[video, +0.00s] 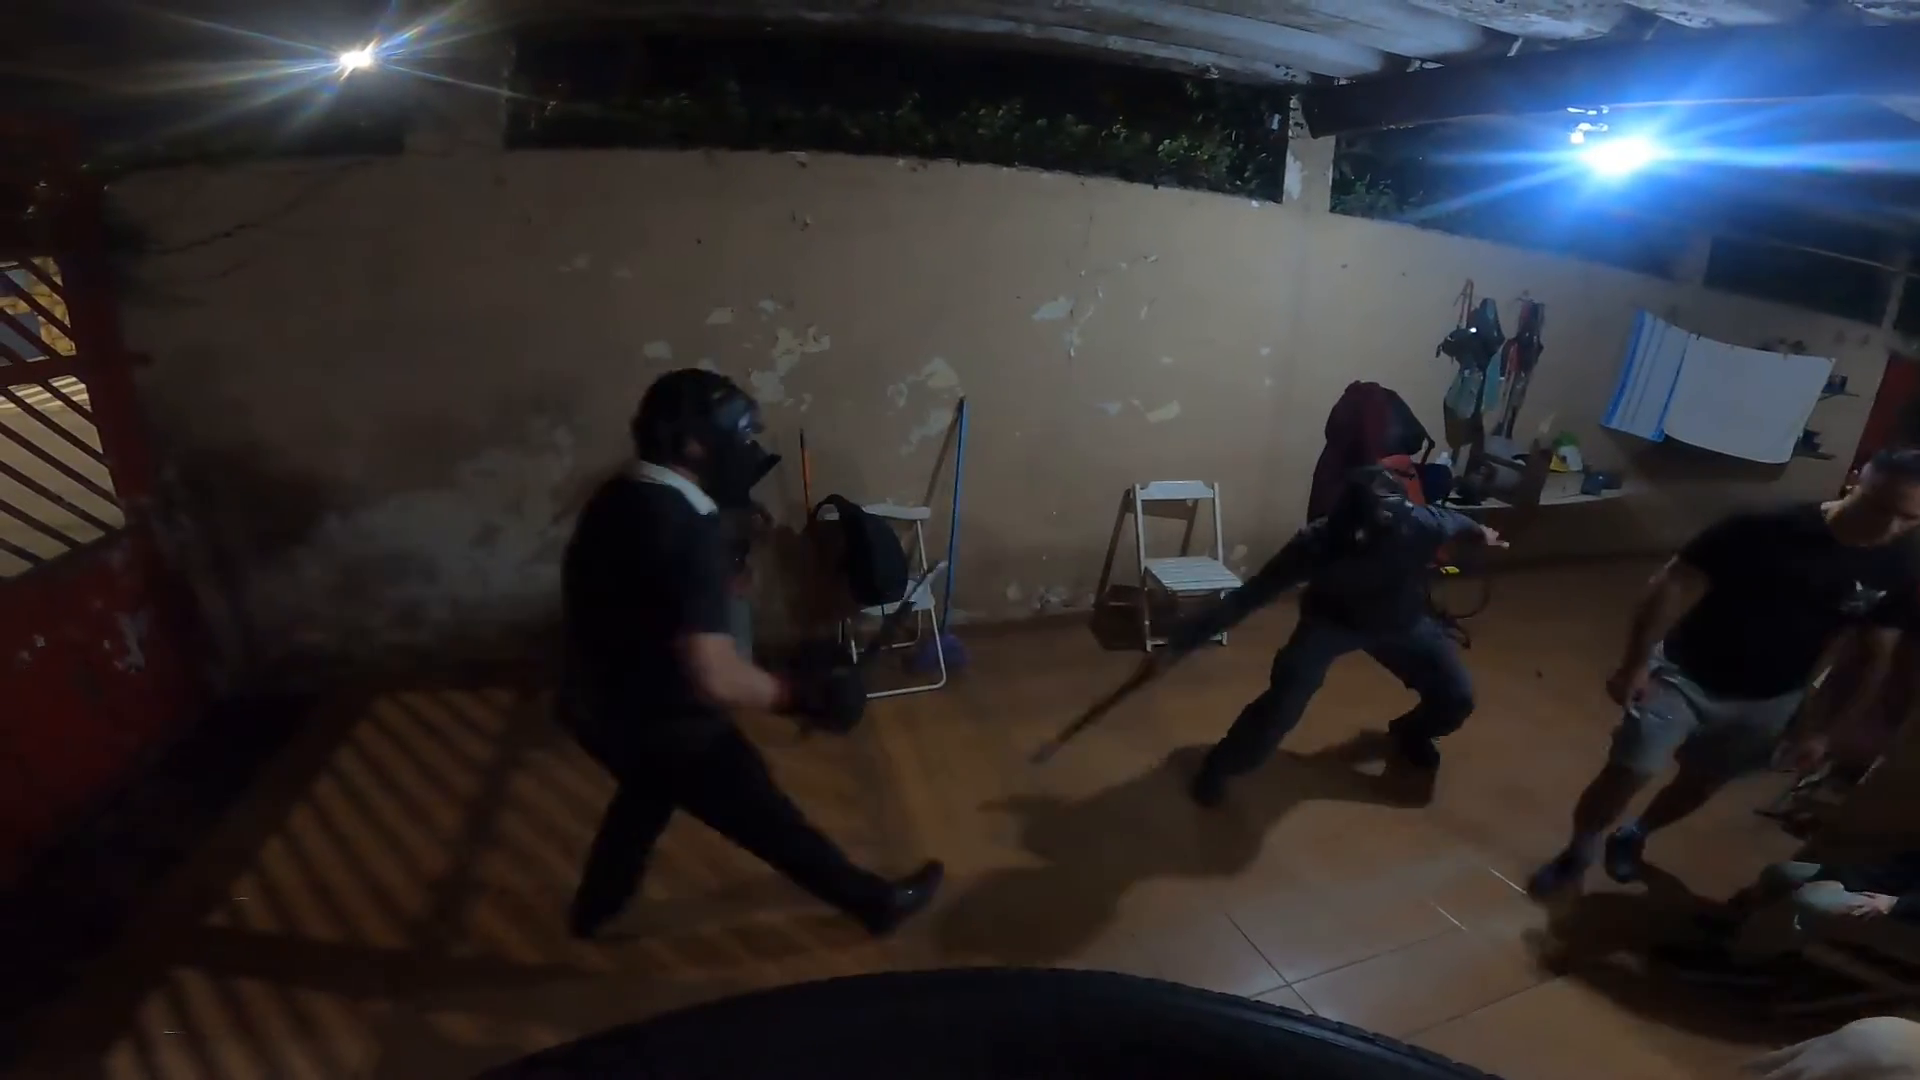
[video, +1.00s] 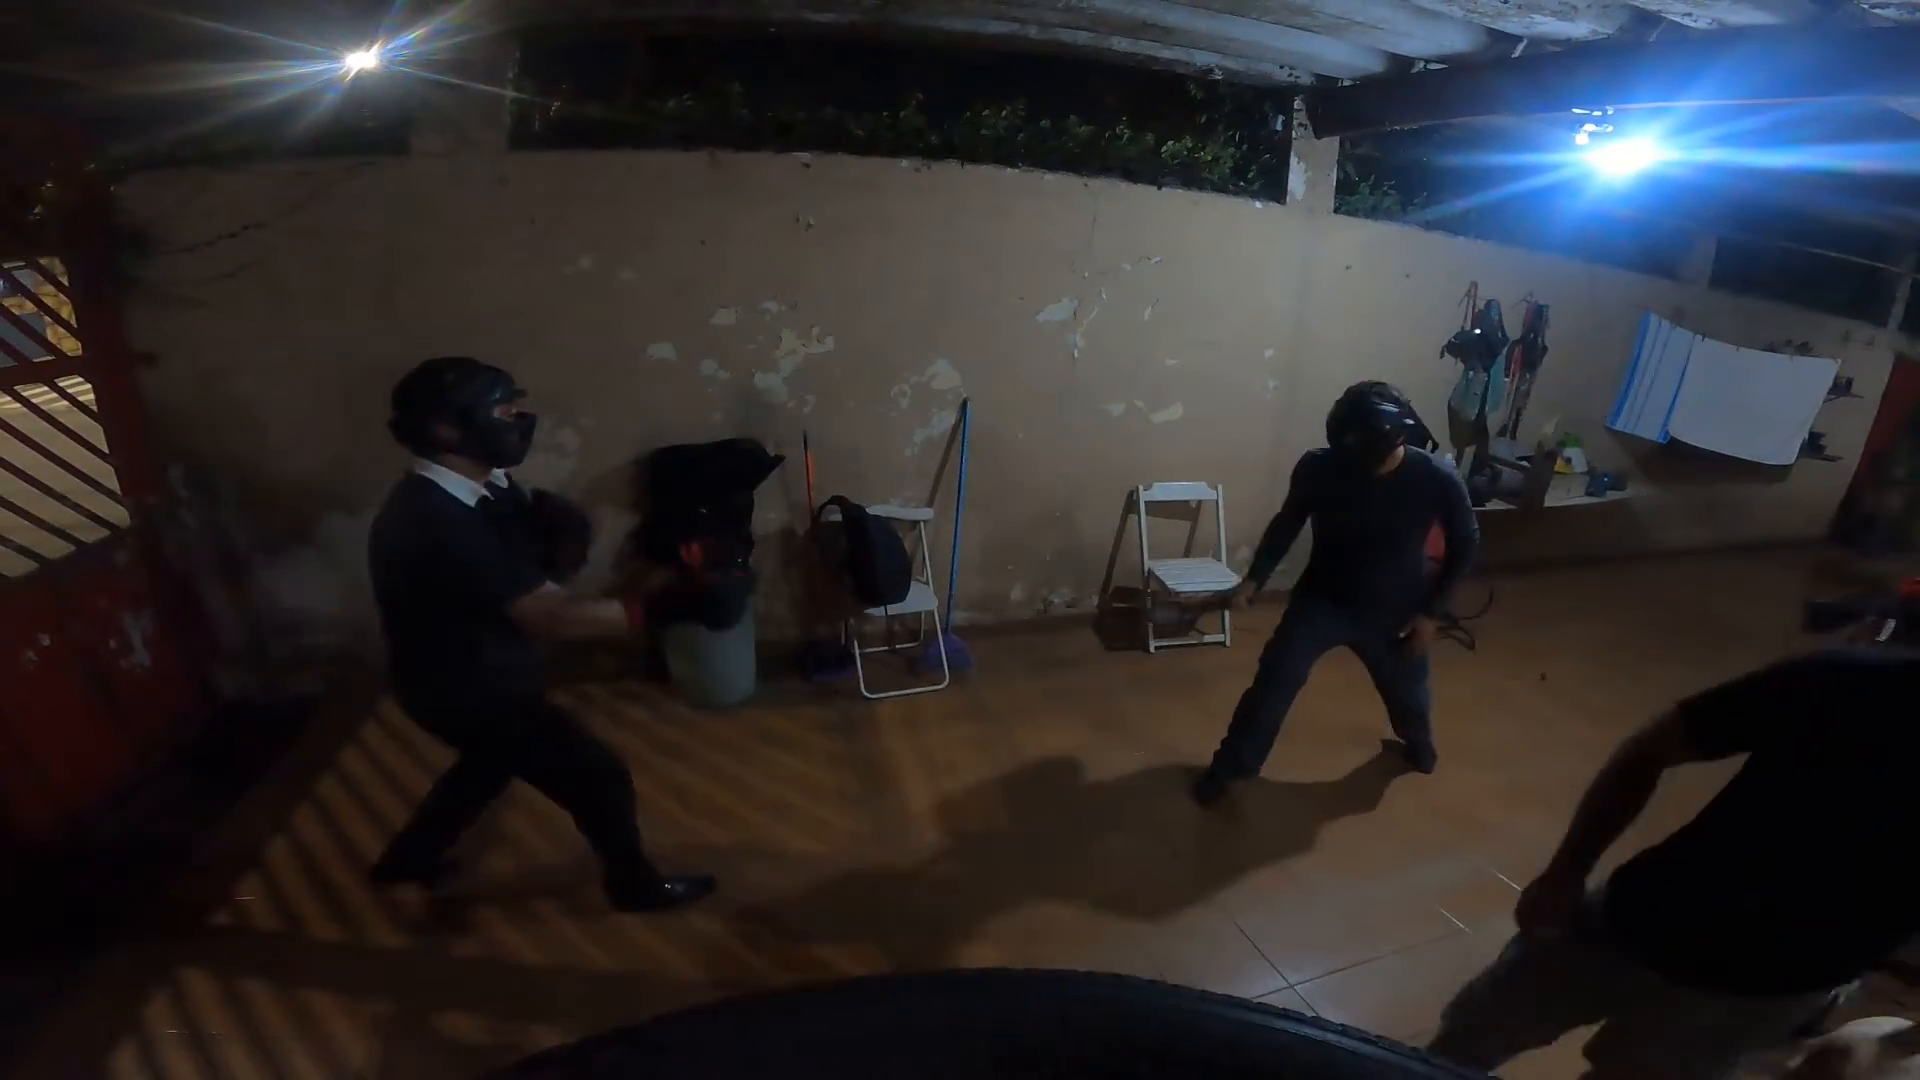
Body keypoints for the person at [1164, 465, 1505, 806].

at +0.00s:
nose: (1382, 534)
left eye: (1388, 522)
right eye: (1371, 527)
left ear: (1397, 517)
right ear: (1350, 523)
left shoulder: (1416, 525)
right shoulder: (1318, 541)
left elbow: (1455, 524)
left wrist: (1480, 533)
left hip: (1398, 622)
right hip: (1329, 624)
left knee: (1456, 697)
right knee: (1285, 703)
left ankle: (1411, 734)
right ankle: (1218, 770)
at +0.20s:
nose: (1408, 510)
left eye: (1415, 501)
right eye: (1399, 499)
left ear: (1429, 494)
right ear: (1381, 491)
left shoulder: (1458, 521)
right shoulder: (1347, 520)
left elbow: (1499, 570)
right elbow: (1311, 575)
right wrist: (1273, 631)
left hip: (1419, 629)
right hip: (1351, 624)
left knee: (1449, 723)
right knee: (1295, 702)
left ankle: (1410, 745)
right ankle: (1219, 775)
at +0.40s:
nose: (1426, 470)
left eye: (1437, 463)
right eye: (1421, 459)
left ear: (1463, 458)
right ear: (1415, 452)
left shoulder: (1498, 501)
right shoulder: (1386, 485)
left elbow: (1539, 569)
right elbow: (1344, 544)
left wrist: (1531, 621)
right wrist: (1298, 589)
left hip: (1441, 623)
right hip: (1371, 612)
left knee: (1455, 721)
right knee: (1302, 694)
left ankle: (1413, 741)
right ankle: (1227, 770)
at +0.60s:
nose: (1475, 457)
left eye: (1475, 446)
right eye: (1464, 448)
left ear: (1480, 440)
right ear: (1438, 439)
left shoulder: (1510, 490)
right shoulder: (1395, 471)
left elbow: (1543, 564)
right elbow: (1353, 528)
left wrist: (1521, 601)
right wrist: (1303, 572)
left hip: (1442, 619)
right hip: (1371, 607)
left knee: (1446, 717)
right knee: (1300, 692)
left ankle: (1415, 741)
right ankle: (1228, 771)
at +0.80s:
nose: (1407, 439)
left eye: (1419, 431)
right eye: (1406, 427)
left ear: (1450, 436)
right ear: (1401, 426)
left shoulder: (1488, 487)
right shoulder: (1370, 467)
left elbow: (1505, 564)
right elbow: (1334, 526)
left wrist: (1481, 627)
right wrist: (1293, 572)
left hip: (1424, 619)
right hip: (1355, 605)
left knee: (1438, 709)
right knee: (1296, 676)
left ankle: (1420, 736)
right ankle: (1233, 764)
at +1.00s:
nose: (1364, 465)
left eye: (1374, 456)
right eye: (1356, 455)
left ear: (1397, 442)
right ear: (1342, 442)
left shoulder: (1437, 480)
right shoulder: (1318, 470)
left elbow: (1463, 545)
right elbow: (1288, 522)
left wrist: (1432, 612)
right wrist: (1255, 577)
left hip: (1392, 610)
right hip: (1322, 602)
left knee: (1410, 698)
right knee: (1277, 674)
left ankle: (1421, 751)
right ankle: (1230, 766)